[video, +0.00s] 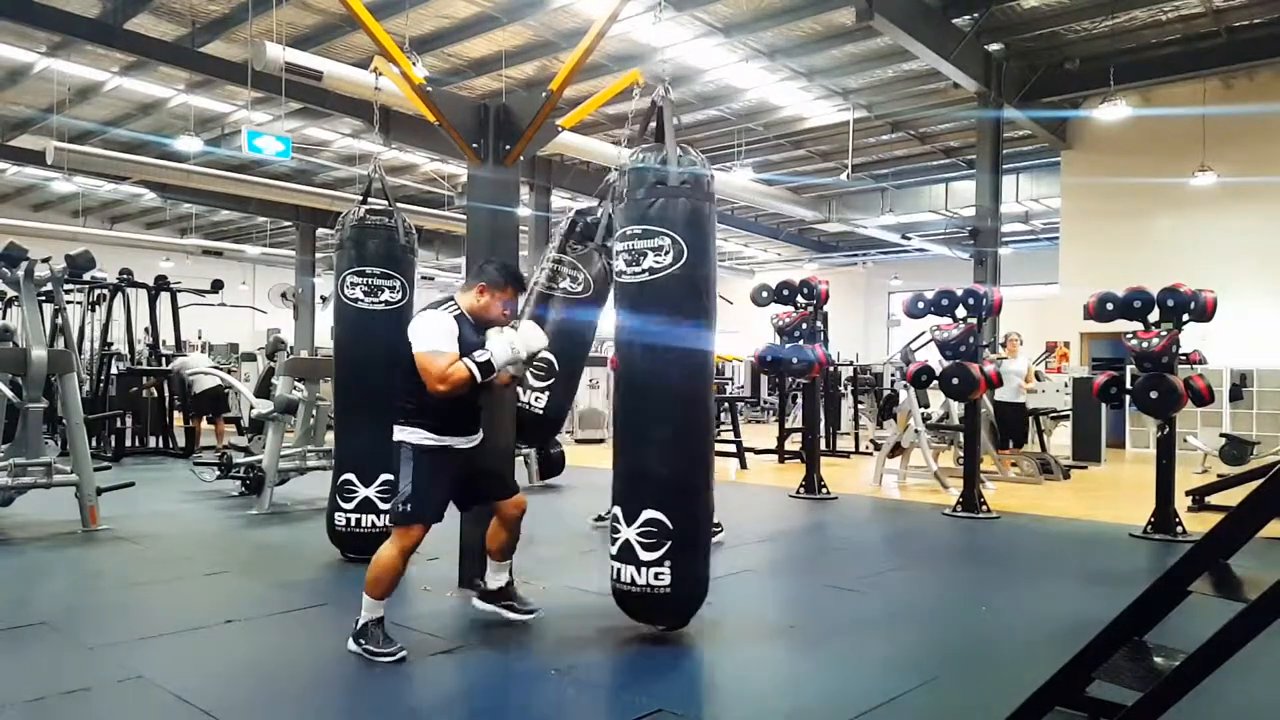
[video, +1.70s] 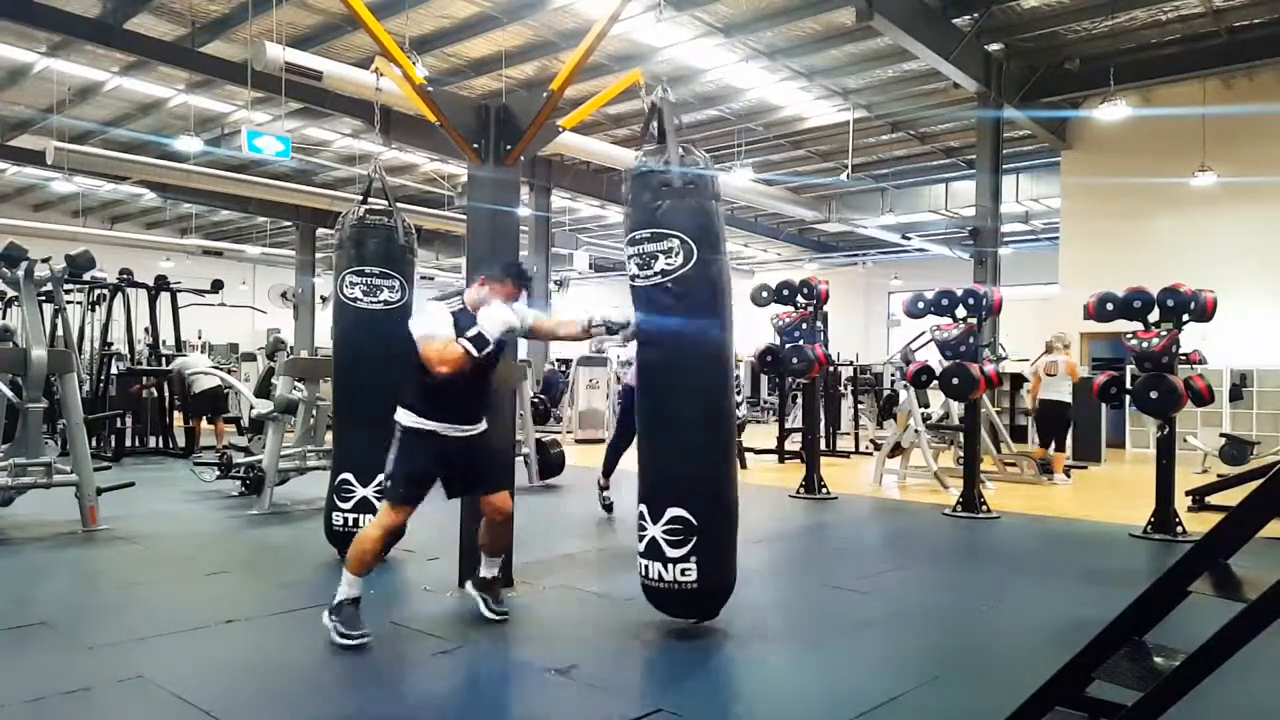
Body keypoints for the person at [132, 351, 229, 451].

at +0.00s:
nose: (171, 367)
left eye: (172, 365)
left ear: (175, 360)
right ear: (185, 356)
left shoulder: (176, 364)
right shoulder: (201, 356)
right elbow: (217, 367)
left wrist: (140, 388)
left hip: (200, 391)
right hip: (217, 387)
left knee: (196, 421)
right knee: (219, 419)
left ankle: (196, 447)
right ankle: (220, 446)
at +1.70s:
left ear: (176, 360)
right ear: (187, 355)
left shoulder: (176, 363)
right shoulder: (201, 357)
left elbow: (160, 380)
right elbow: (215, 367)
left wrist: (142, 386)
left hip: (199, 391)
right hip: (217, 387)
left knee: (196, 422)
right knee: (218, 419)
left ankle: (196, 448)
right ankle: (220, 446)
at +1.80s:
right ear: (187, 355)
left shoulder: (178, 364)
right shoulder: (202, 357)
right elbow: (214, 368)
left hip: (200, 390)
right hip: (217, 386)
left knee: (196, 421)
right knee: (218, 419)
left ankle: (196, 447)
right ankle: (220, 446)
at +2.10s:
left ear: (186, 354)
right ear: (198, 351)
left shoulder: (182, 360)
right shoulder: (207, 357)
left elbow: (177, 374)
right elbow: (217, 369)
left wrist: (177, 392)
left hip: (201, 390)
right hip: (218, 387)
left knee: (196, 421)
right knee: (219, 419)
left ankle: (196, 447)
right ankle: (220, 446)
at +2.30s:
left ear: (189, 349)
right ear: (201, 348)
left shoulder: (188, 359)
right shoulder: (214, 355)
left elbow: (188, 380)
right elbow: (225, 370)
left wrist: (189, 397)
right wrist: (226, 384)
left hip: (203, 390)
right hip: (221, 389)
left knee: (198, 421)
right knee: (221, 420)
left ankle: (197, 446)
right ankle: (221, 446)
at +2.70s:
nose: (200, 352)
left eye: (199, 350)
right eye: (198, 350)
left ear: (203, 345)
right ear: (211, 344)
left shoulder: (203, 353)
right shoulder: (229, 354)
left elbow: (199, 374)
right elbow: (238, 375)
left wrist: (195, 390)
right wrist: (240, 389)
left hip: (211, 391)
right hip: (228, 391)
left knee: (200, 418)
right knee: (223, 420)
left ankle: (201, 446)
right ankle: (219, 447)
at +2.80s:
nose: (203, 348)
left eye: (203, 346)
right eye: (202, 346)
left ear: (206, 343)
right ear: (214, 343)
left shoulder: (206, 353)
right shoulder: (231, 353)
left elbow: (203, 372)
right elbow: (240, 371)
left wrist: (200, 389)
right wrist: (241, 386)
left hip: (214, 391)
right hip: (229, 391)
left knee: (203, 417)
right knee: (224, 420)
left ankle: (209, 442)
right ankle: (220, 446)